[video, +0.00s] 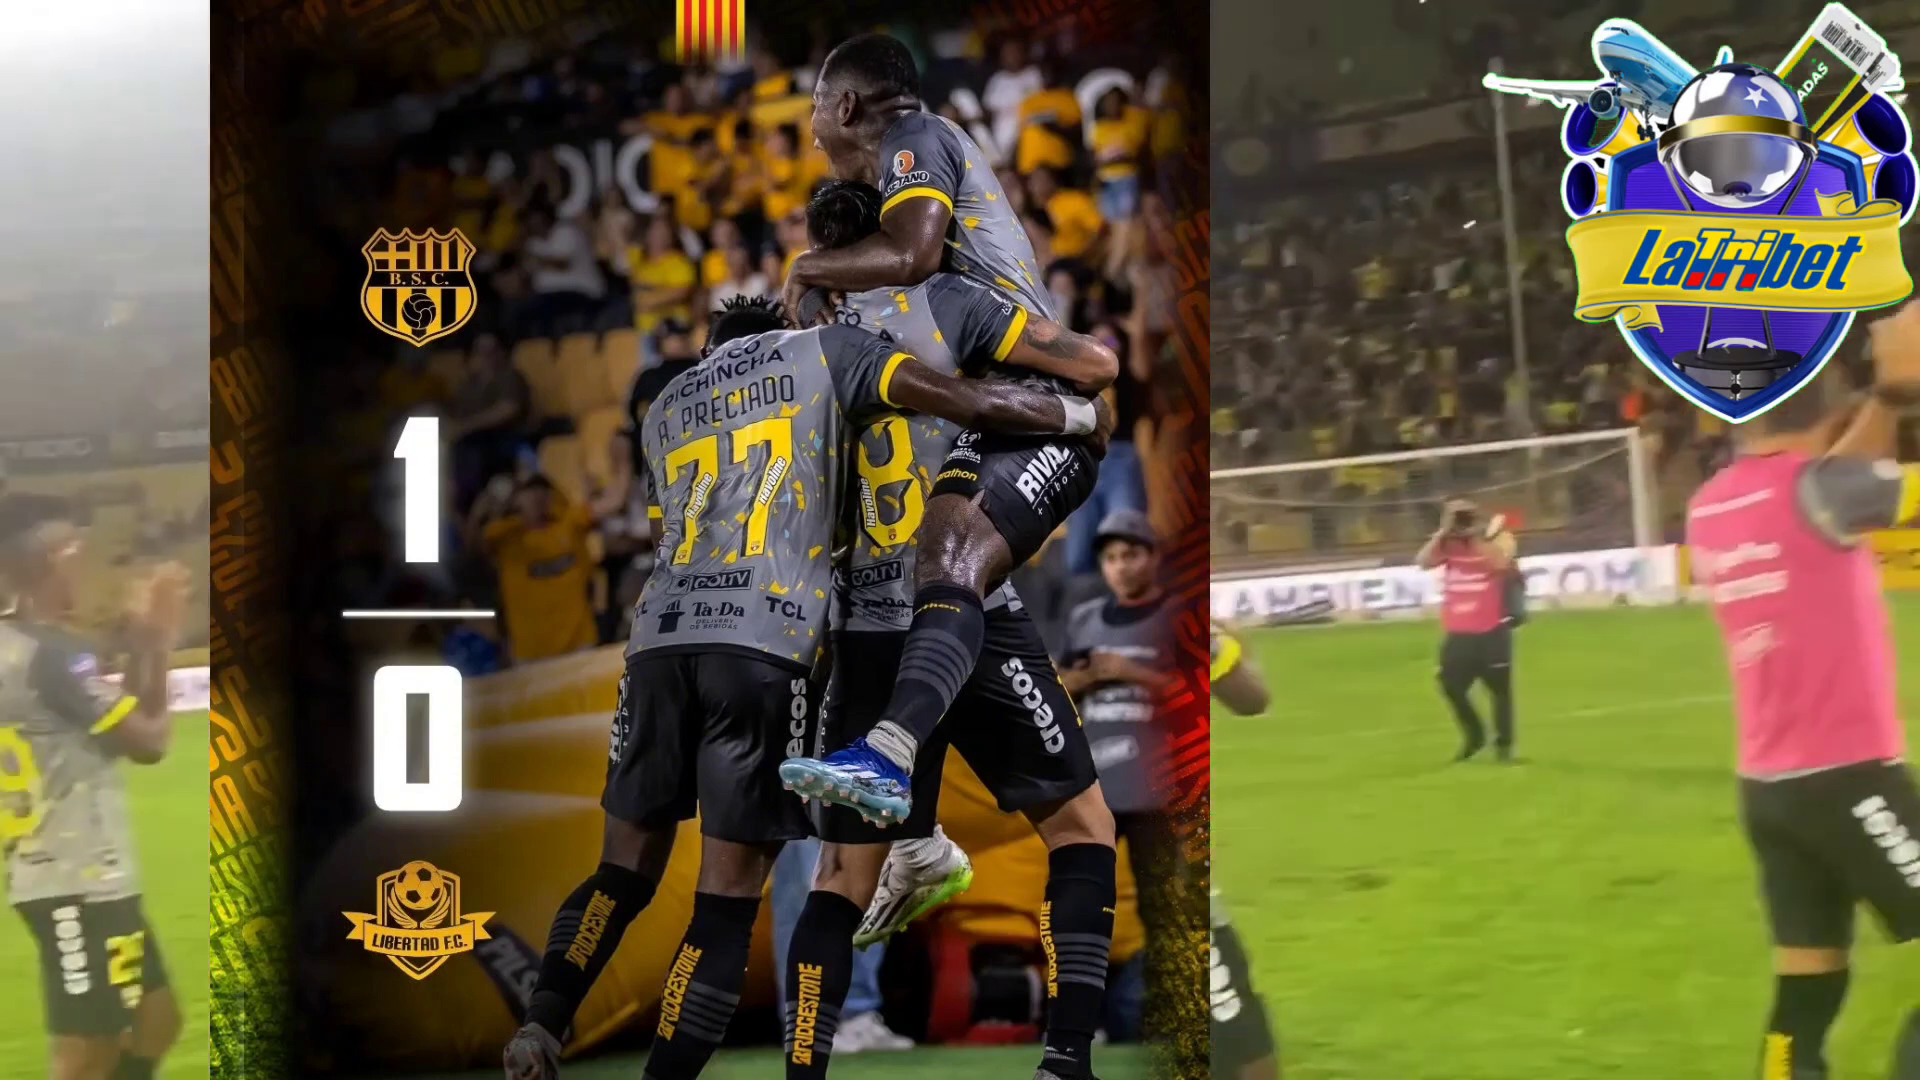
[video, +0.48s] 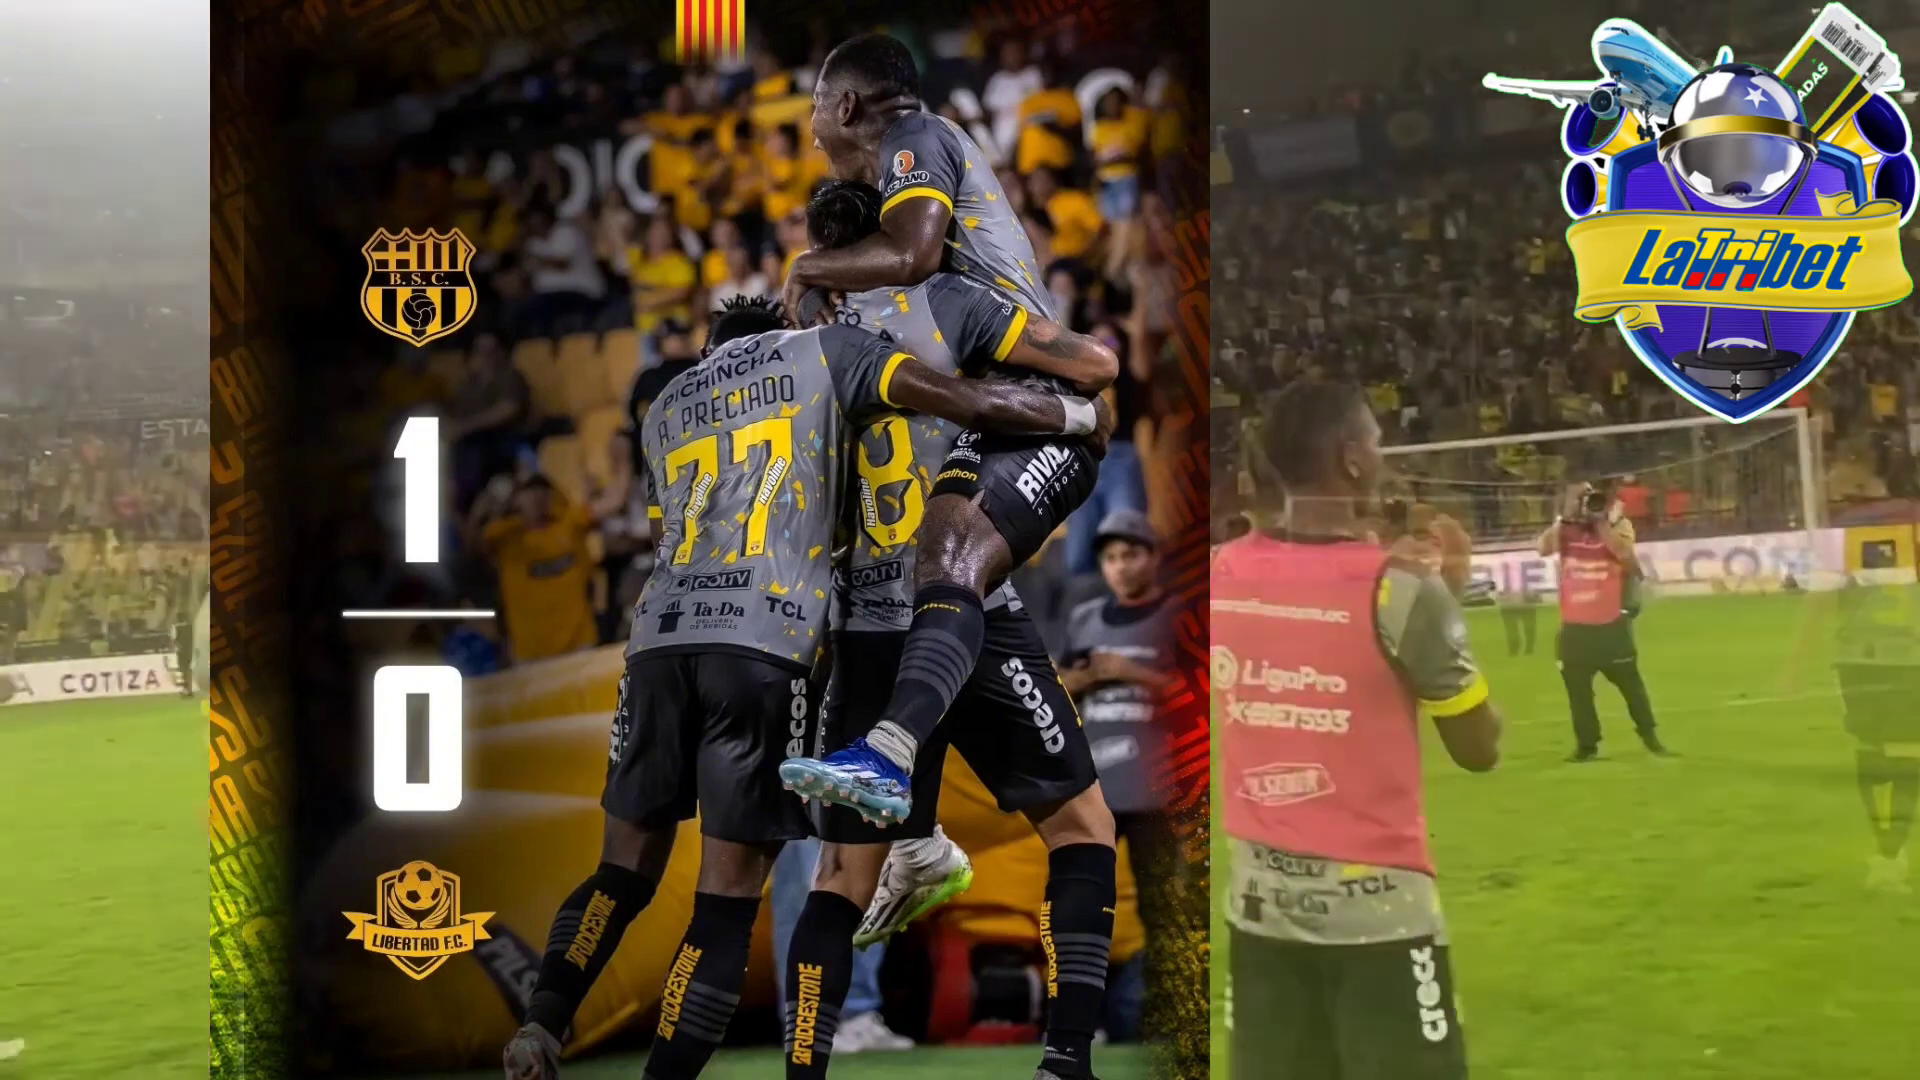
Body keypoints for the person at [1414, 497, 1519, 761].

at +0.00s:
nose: (1464, 526)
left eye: (1469, 519)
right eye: (1458, 522)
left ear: (1478, 518)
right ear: (1450, 525)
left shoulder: (1497, 541)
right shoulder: (1451, 547)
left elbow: (1501, 564)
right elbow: (1423, 562)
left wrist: (1478, 538)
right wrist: (1443, 531)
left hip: (1491, 630)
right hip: (1459, 632)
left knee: (1500, 689)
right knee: (1450, 683)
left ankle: (1503, 742)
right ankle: (1474, 734)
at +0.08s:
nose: (1504, 517)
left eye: (1509, 511)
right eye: (1498, 513)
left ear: (1520, 510)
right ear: (1491, 516)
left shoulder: (1537, 532)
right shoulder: (1487, 537)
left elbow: (1538, 556)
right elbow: (1462, 555)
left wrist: (1517, 529)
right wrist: (1482, 523)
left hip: (1531, 626)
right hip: (1497, 627)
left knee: (1541, 686)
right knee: (1488, 681)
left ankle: (1546, 740)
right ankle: (1504, 740)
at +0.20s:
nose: (1535, 511)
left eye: (1540, 505)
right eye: (1529, 506)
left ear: (1551, 507)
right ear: (1522, 510)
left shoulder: (1564, 534)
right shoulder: (1520, 537)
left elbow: (1569, 553)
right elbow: (1490, 548)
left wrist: (1546, 525)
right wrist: (1510, 516)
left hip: (1559, 624)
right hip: (1527, 624)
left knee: (1575, 687)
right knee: (1521, 688)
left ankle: (1581, 739)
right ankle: (1518, 742)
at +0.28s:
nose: (1571, 510)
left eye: (1576, 504)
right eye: (1565, 505)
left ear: (1586, 506)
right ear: (1558, 508)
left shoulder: (1600, 529)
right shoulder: (1552, 533)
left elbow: (1607, 552)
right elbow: (1526, 547)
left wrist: (1584, 523)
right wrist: (1546, 515)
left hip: (1596, 625)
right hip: (1562, 626)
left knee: (1614, 687)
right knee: (1558, 689)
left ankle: (1621, 739)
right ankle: (1556, 743)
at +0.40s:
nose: (1591, 504)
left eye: (1597, 499)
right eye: (1585, 499)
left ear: (1606, 501)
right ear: (1577, 503)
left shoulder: (1619, 525)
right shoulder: (1569, 528)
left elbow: (1624, 551)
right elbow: (1543, 547)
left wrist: (1603, 521)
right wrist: (1564, 515)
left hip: (1614, 624)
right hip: (1577, 626)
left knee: (1632, 685)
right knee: (1575, 690)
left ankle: (1645, 735)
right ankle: (1580, 743)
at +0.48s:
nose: (1591, 503)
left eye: (1597, 497)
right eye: (1586, 497)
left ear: (1608, 500)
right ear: (1577, 501)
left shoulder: (1618, 525)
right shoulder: (1569, 529)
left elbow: (1626, 557)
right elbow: (1544, 548)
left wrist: (1603, 524)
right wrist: (1564, 517)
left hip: (1611, 625)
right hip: (1575, 626)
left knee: (1631, 684)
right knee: (1577, 691)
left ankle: (1649, 735)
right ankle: (1586, 744)